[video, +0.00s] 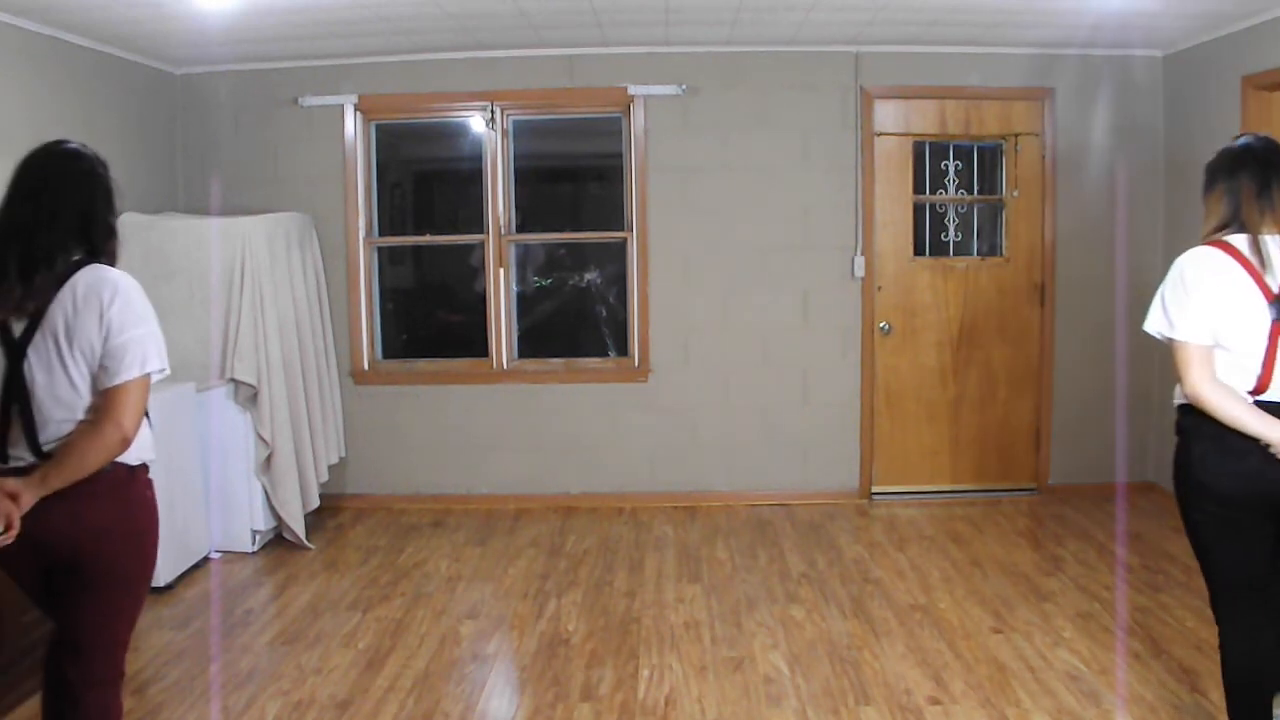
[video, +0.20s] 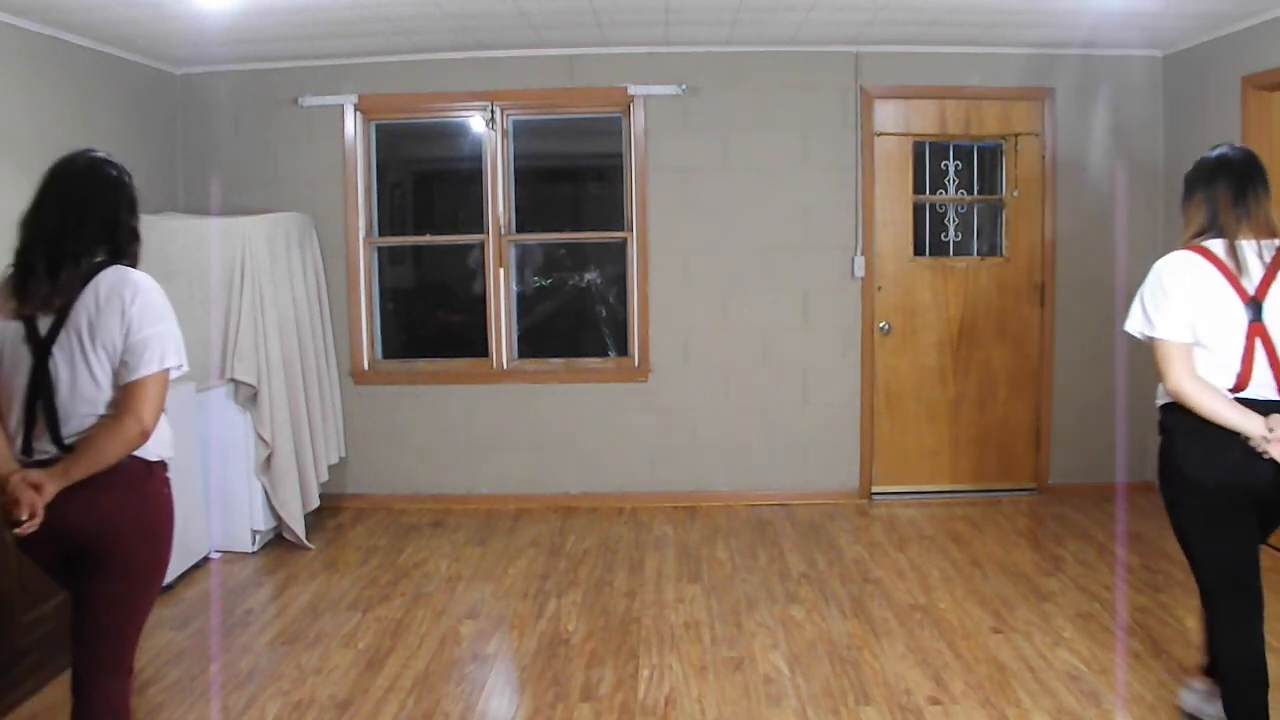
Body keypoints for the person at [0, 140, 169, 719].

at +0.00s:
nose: (114, 215)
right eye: (110, 204)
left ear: (17, 207)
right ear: (99, 214)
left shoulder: (7, 291)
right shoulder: (110, 291)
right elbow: (116, 422)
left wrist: (21, 487)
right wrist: (31, 485)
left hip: (14, 509)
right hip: (103, 508)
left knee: (76, 642)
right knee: (92, 682)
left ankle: (67, 706)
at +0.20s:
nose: (134, 224)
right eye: (131, 212)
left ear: (43, 213)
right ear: (122, 220)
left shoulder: (12, 295)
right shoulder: (134, 292)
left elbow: (3, 412)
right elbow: (136, 418)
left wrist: (11, 471)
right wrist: (54, 479)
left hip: (29, 504)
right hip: (122, 502)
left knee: (108, 626)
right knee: (103, 676)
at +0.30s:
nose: (148, 233)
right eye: (143, 221)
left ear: (60, 222)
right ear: (136, 229)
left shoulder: (20, 305)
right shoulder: (148, 298)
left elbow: (5, 407)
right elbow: (150, 419)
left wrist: (29, 477)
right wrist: (68, 479)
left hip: (55, 506)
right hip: (136, 502)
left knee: (139, 639)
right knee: (109, 671)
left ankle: (160, 714)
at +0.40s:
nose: (163, 244)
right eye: (158, 233)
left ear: (78, 237)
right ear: (151, 241)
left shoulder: (38, 318)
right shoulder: (165, 309)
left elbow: (17, 419)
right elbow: (170, 425)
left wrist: (53, 480)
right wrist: (89, 480)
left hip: (74, 500)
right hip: (153, 500)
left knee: (156, 602)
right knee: (121, 660)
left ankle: (200, 687)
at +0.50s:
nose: (175, 246)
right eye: (172, 236)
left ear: (95, 243)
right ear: (168, 245)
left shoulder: (66, 319)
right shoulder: (186, 313)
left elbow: (39, 414)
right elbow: (193, 424)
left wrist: (79, 476)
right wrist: (116, 473)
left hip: (98, 499)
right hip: (173, 496)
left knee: (176, 592)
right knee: (135, 656)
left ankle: (222, 678)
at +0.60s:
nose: (189, 239)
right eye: (186, 230)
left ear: (112, 240)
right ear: (183, 239)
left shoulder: (91, 311)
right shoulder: (201, 303)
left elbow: (68, 403)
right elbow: (216, 411)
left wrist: (109, 462)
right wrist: (145, 458)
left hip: (127, 477)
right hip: (198, 475)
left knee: (200, 580)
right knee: (181, 623)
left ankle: (226, 680)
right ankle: (142, 713)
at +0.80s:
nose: (219, 212)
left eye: (214, 202)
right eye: (213, 204)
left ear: (144, 216)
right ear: (203, 214)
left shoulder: (120, 286)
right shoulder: (221, 274)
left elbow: (106, 369)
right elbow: (227, 376)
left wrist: (141, 420)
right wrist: (169, 424)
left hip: (154, 439)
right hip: (219, 439)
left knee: (202, 553)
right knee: (253, 551)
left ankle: (225, 674)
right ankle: (206, 661)